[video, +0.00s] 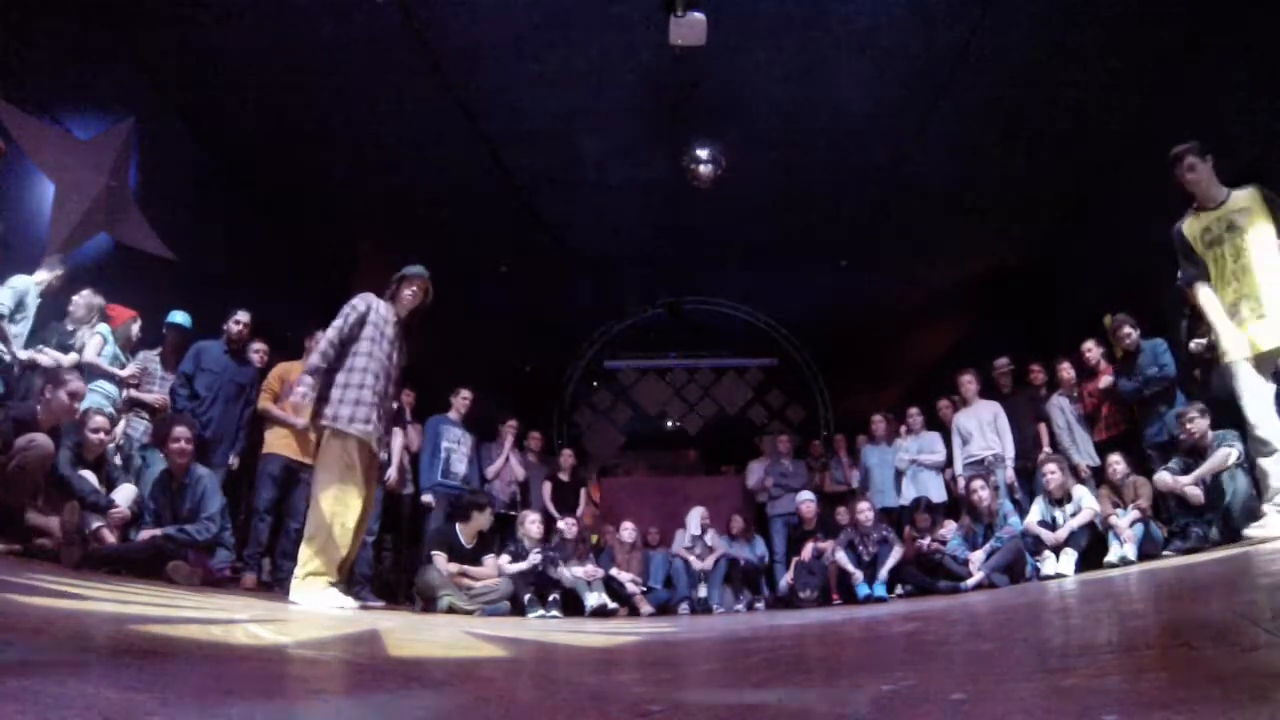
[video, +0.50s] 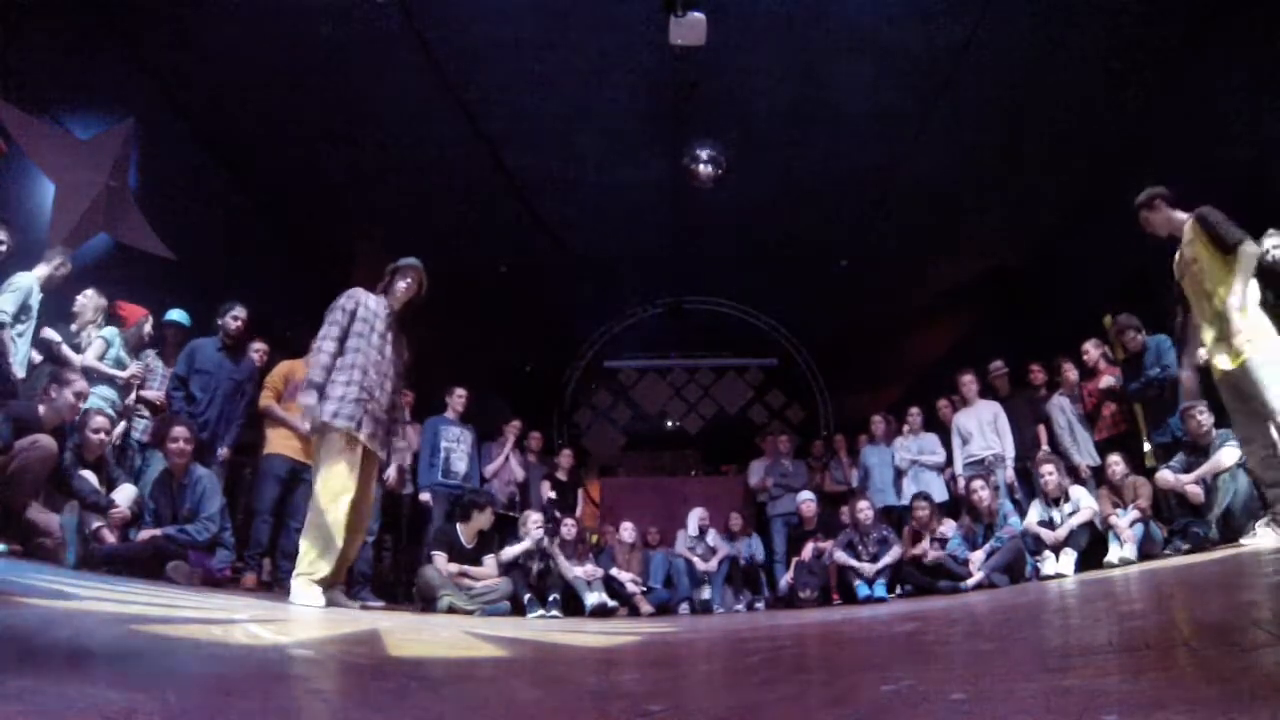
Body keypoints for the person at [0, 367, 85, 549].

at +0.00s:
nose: (76, 407)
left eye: (80, 401)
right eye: (71, 397)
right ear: (48, 391)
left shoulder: (56, 433)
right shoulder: (13, 421)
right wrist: (45, 523)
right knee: (40, 446)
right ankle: (10, 528)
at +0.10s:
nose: (76, 405)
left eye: (80, 400)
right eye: (71, 396)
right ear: (47, 391)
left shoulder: (56, 435)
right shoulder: (13, 418)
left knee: (63, 528)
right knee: (40, 445)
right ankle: (10, 526)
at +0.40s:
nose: (79, 404)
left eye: (82, 399)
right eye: (74, 395)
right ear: (50, 391)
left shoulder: (62, 432)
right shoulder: (14, 415)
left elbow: (62, 477)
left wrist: (109, 508)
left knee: (65, 537)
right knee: (43, 446)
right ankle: (9, 533)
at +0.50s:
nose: (80, 405)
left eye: (83, 400)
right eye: (77, 396)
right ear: (52, 391)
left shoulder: (61, 431)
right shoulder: (14, 414)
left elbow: (64, 477)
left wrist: (109, 507)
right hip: (6, 489)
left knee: (53, 536)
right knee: (43, 447)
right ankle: (9, 532)